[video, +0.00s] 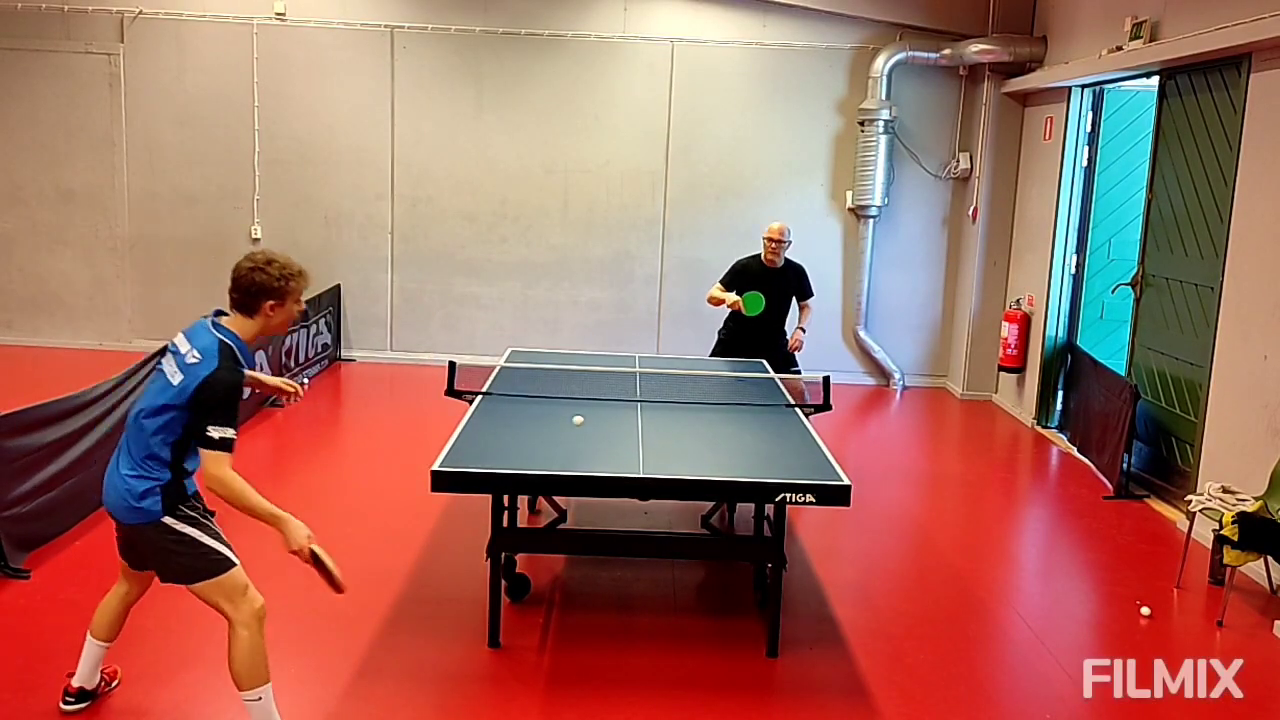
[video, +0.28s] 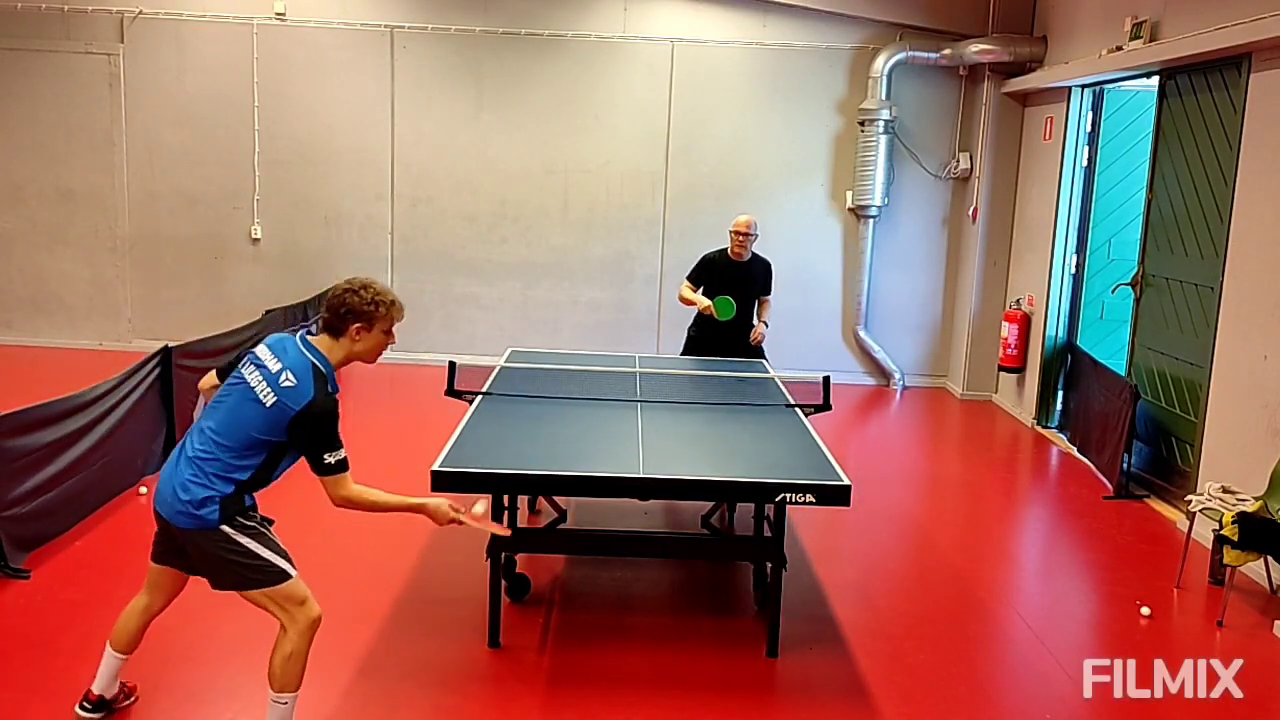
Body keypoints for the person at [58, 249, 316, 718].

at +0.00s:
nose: (298, 314)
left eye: (299, 305)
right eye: (295, 306)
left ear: (246, 299)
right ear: (270, 308)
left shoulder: (209, 327)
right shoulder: (223, 372)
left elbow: (219, 367)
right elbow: (215, 473)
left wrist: (260, 380)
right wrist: (283, 522)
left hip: (127, 484)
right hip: (160, 501)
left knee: (132, 581)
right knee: (247, 609)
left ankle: (82, 682)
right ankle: (266, 714)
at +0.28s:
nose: (390, 343)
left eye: (392, 334)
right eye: (387, 333)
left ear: (339, 325)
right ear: (355, 330)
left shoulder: (280, 341)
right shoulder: (317, 396)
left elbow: (209, 385)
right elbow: (343, 492)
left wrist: (218, 446)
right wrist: (424, 505)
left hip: (175, 489)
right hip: (212, 512)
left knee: (152, 596)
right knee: (302, 616)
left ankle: (99, 693)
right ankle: (280, 715)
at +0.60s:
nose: (365, 271)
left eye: (364, 262)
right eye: (363, 263)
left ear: (304, 262)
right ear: (348, 272)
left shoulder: (251, 305)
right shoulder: (335, 353)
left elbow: (182, 365)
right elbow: (351, 443)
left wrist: (179, 414)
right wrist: (411, 420)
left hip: (203, 480)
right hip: (256, 496)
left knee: (179, 590)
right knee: (304, 611)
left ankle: (127, 701)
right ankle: (280, 716)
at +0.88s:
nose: (302, 263)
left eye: (302, 254)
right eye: (301, 255)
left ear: (241, 258)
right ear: (286, 264)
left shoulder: (193, 314)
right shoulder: (278, 347)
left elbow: (157, 392)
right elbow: (311, 438)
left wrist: (212, 401)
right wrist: (371, 408)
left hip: (182, 494)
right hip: (239, 504)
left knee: (157, 611)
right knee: (298, 609)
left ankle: (118, 715)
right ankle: (279, 716)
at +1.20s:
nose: (289, 270)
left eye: (288, 262)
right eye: (287, 262)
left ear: (234, 262)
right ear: (271, 270)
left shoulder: (205, 304)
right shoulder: (222, 349)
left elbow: (213, 378)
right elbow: (206, 455)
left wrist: (274, 398)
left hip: (146, 482)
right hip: (177, 494)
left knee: (139, 606)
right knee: (233, 617)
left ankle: (115, 715)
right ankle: (227, 717)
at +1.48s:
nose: (323, 292)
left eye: (325, 282)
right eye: (316, 281)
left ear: (279, 278)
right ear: (279, 278)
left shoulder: (240, 309)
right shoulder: (235, 346)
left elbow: (214, 391)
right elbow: (208, 447)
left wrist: (251, 432)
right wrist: (248, 510)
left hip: (170, 481)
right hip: (190, 493)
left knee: (157, 598)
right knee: (231, 623)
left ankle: (110, 710)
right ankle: (226, 718)